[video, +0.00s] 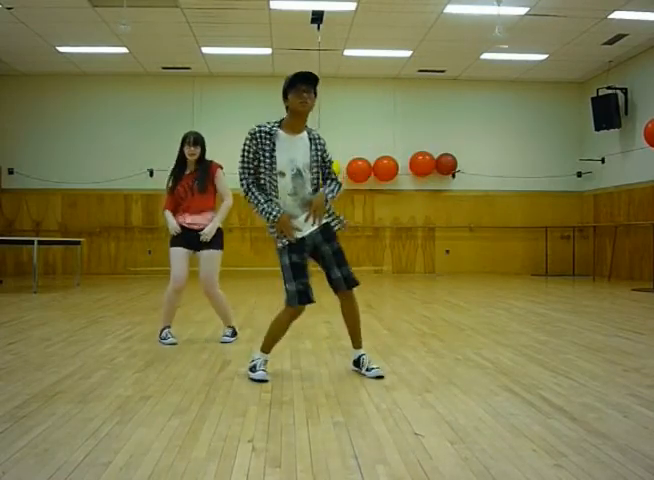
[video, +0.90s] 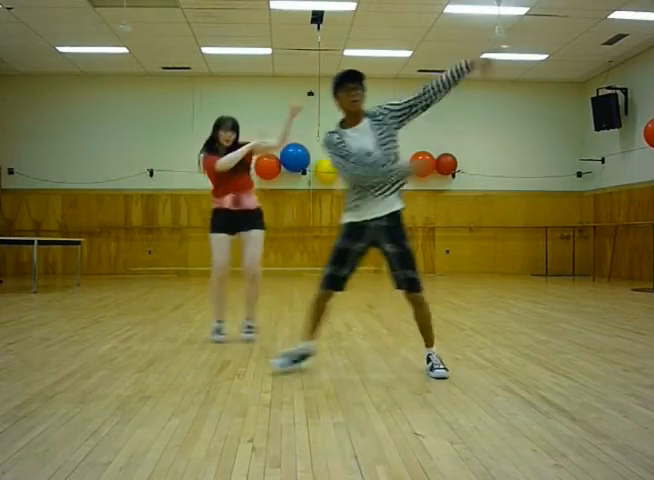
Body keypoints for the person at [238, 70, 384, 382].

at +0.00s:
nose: (307, 97)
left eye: (311, 93)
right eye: (301, 92)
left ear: (315, 100)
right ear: (286, 97)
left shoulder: (315, 141)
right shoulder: (260, 137)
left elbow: (332, 180)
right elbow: (248, 184)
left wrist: (323, 197)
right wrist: (276, 216)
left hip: (319, 226)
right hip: (287, 232)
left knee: (345, 288)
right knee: (297, 302)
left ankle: (359, 355)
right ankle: (260, 357)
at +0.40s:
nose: (302, 98)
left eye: (307, 93)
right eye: (296, 94)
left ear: (315, 98)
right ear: (285, 102)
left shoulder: (328, 140)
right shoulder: (272, 137)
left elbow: (330, 186)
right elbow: (256, 176)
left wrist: (311, 206)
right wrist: (247, 193)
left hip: (291, 229)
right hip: (259, 224)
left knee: (309, 296)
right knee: (263, 295)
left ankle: (313, 354)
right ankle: (255, 359)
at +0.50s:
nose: (301, 97)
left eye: (304, 92)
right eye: (294, 94)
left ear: (312, 97)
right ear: (283, 101)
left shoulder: (328, 134)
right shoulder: (275, 139)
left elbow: (337, 178)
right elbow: (267, 184)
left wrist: (327, 205)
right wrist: (243, 188)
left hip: (302, 225)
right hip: (269, 223)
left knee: (318, 293)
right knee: (268, 296)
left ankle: (289, 343)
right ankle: (255, 358)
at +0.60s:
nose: (300, 101)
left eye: (304, 95)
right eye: (293, 97)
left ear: (313, 99)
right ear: (284, 105)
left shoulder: (332, 135)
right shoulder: (279, 147)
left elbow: (356, 168)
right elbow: (270, 191)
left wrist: (361, 193)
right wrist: (229, 200)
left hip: (318, 228)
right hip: (284, 226)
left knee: (341, 292)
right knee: (273, 297)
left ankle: (312, 339)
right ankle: (255, 359)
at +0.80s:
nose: (333, 98)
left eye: (337, 93)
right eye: (326, 94)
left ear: (343, 97)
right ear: (315, 100)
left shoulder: (361, 122)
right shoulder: (310, 145)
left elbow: (405, 115)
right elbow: (317, 192)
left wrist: (449, 110)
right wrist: (352, 184)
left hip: (362, 224)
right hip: (326, 227)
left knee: (389, 291)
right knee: (298, 292)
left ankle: (425, 351)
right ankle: (263, 355)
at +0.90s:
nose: (355, 95)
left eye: (359, 90)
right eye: (348, 91)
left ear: (364, 92)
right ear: (336, 98)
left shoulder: (383, 117)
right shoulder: (334, 138)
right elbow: (359, 173)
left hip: (389, 215)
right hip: (355, 219)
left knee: (411, 287)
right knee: (327, 286)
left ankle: (431, 353)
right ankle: (307, 345)